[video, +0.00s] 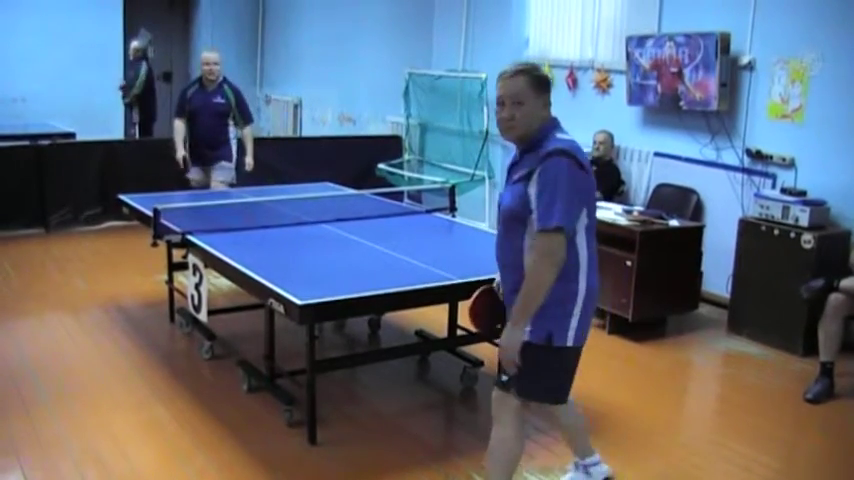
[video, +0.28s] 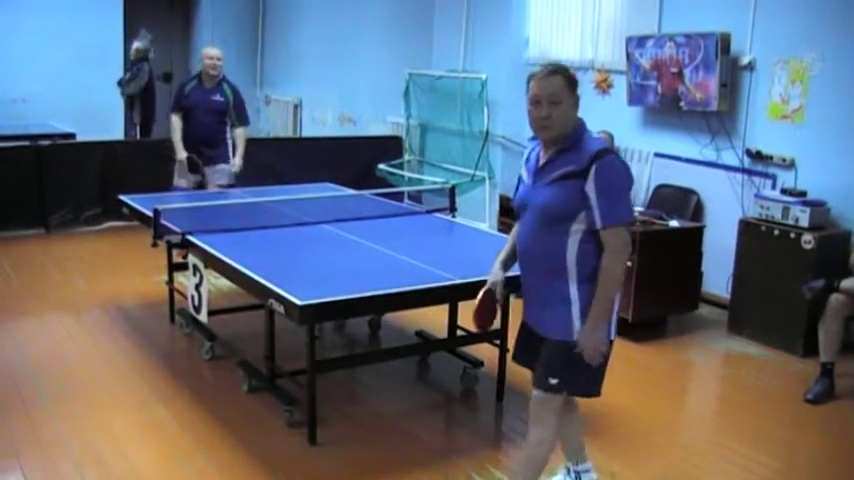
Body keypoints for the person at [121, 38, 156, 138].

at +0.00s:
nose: (130, 52)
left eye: (133, 50)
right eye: (130, 49)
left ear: (139, 51)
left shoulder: (143, 65)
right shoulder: (135, 65)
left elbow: (138, 86)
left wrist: (128, 99)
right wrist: (126, 88)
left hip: (143, 107)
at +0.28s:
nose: (131, 52)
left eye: (134, 50)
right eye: (132, 49)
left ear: (141, 52)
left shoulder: (143, 67)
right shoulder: (134, 66)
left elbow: (134, 86)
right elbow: (123, 80)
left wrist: (124, 87)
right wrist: (124, 83)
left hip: (142, 112)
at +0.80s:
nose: (131, 56)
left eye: (135, 53)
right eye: (130, 53)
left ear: (142, 56)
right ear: (129, 54)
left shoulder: (145, 75)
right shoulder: (130, 73)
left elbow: (135, 96)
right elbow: (117, 89)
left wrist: (121, 90)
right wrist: (128, 91)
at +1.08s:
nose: (130, 62)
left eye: (133, 58)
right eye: (128, 58)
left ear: (138, 59)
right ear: (123, 60)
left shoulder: (143, 78)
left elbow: (145, 94)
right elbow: (110, 96)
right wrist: (126, 94)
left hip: (139, 118)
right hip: (122, 118)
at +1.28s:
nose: (117, 59)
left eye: (120, 55)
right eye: (114, 56)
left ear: (126, 57)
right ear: (111, 58)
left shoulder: (133, 76)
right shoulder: (107, 77)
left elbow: (134, 94)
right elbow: (101, 95)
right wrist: (119, 93)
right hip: (112, 121)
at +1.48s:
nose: (110, 59)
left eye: (113, 55)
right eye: (108, 55)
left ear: (119, 56)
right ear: (105, 57)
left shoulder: (126, 74)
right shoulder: (100, 75)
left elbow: (124, 94)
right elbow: (93, 94)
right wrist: (110, 92)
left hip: (121, 120)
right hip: (105, 121)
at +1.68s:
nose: (100, 58)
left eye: (104, 55)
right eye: (99, 54)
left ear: (111, 57)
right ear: (97, 56)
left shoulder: (117, 76)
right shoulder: (97, 76)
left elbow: (113, 100)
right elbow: (86, 95)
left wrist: (94, 98)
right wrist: (101, 94)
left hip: (113, 124)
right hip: (100, 124)